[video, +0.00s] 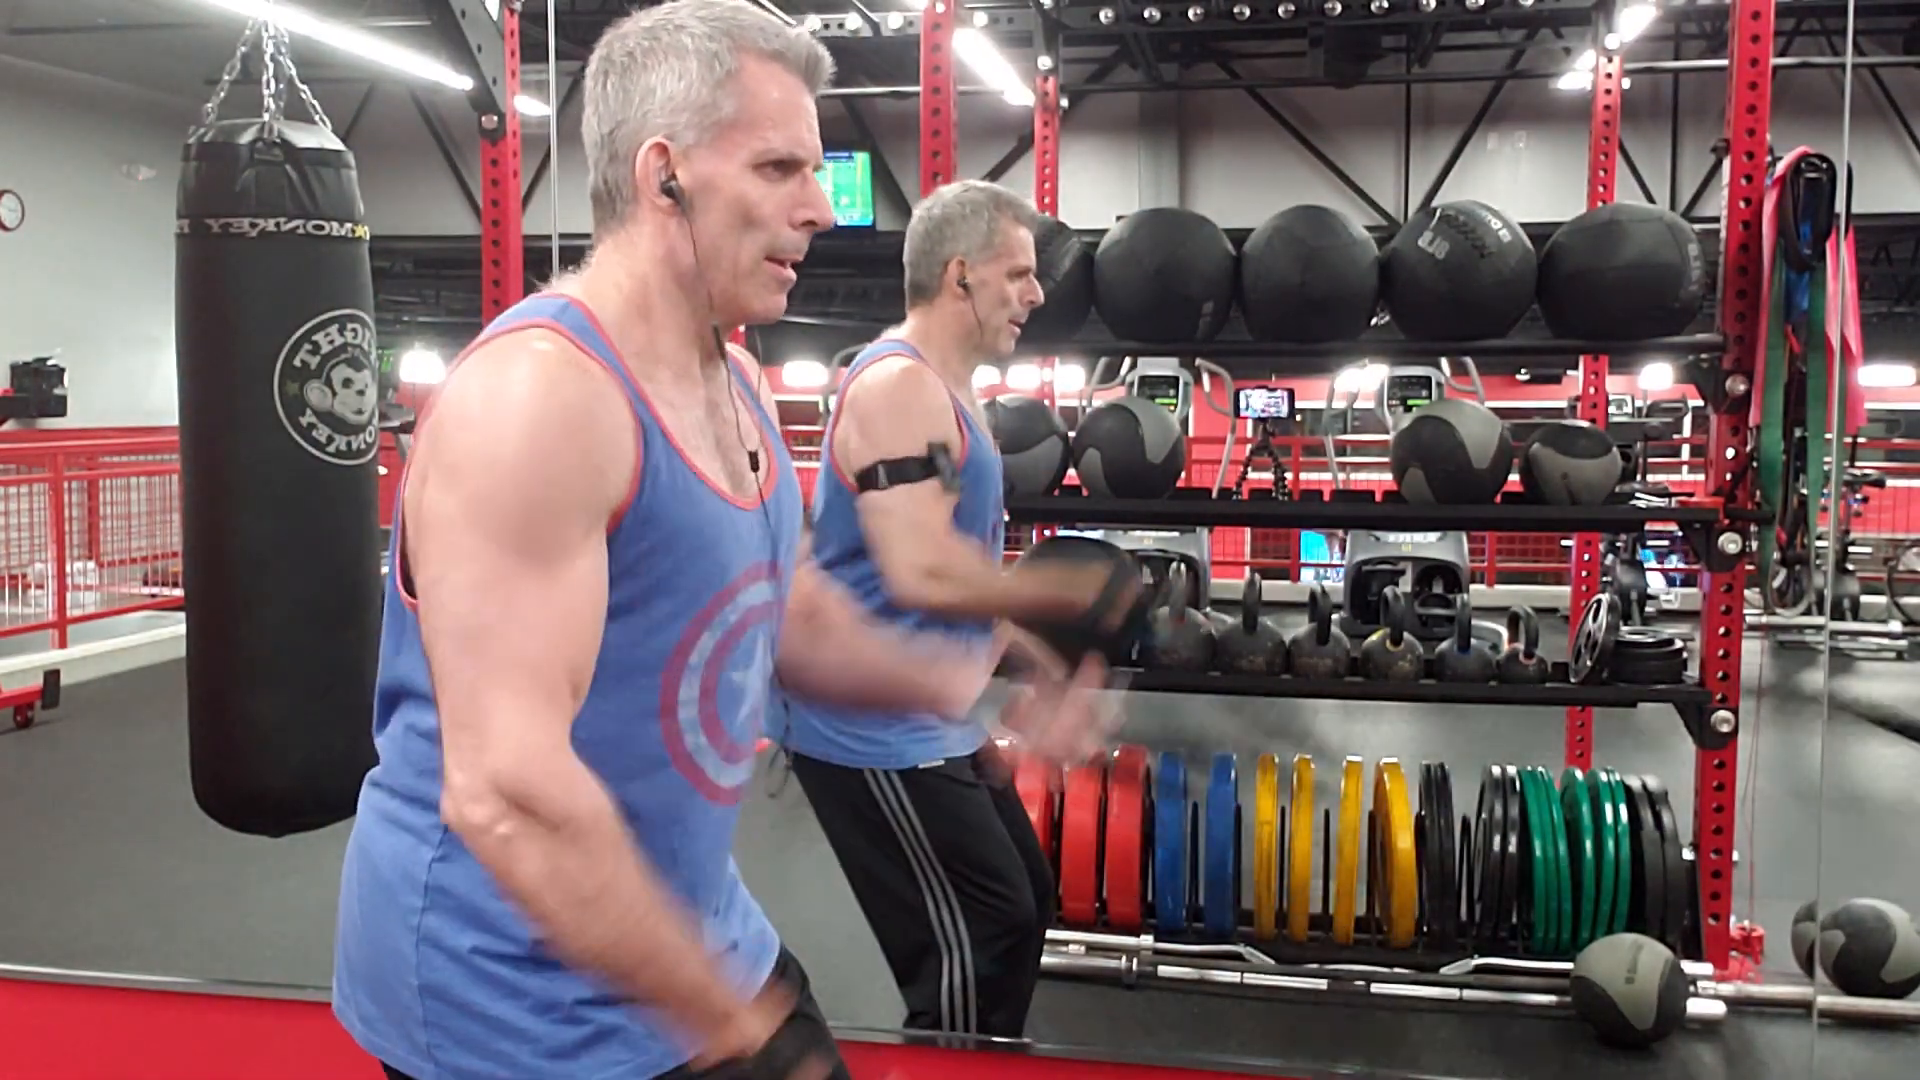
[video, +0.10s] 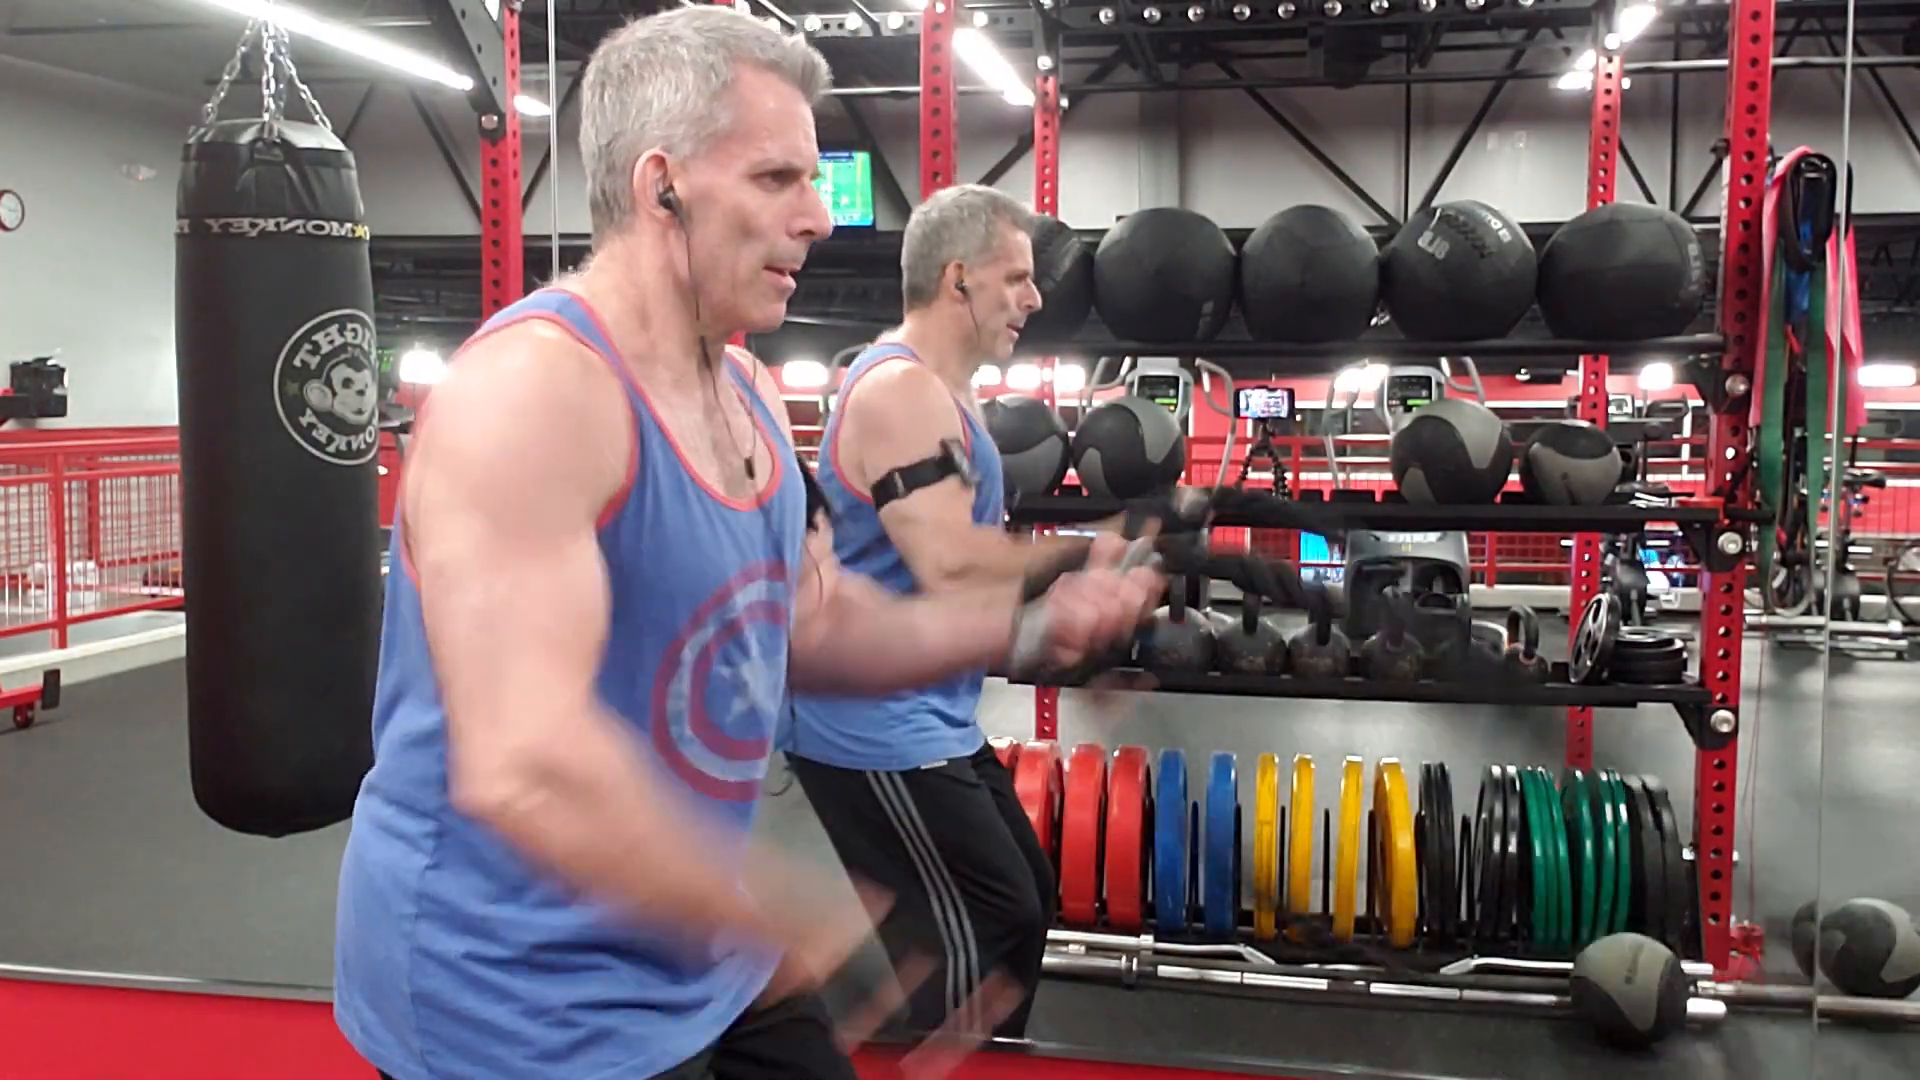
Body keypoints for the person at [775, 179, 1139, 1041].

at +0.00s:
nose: (1034, 297)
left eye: (1035, 277)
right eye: (1019, 275)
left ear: (959, 279)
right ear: (957, 276)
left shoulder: (947, 393)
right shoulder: (898, 386)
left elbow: (946, 577)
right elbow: (916, 570)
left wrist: (1031, 659)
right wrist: (1076, 589)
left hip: (926, 715)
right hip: (866, 725)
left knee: (1022, 907)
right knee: (976, 929)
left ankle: (979, 1061)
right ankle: (952, 1068)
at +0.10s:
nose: (1032, 301)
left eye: (1032, 281)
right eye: (1018, 279)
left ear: (961, 283)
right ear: (955, 280)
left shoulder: (941, 394)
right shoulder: (899, 388)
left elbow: (969, 565)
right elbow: (950, 563)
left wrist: (1076, 574)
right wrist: (1084, 544)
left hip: (930, 716)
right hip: (872, 725)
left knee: (1024, 907)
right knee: (996, 929)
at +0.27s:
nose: (1040, 315)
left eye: (1039, 295)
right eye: (1027, 293)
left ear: (973, 295)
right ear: (970, 292)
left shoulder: (928, 393)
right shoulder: (925, 403)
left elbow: (1015, 538)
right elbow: (932, 601)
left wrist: (1152, 520)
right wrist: (1050, 672)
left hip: (918, 743)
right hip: (906, 752)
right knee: (1003, 946)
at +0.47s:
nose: (1042, 313)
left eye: (1041, 293)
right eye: (1027, 291)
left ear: (969, 295)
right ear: (967, 293)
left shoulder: (944, 395)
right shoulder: (909, 398)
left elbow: (975, 565)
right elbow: (959, 580)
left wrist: (1092, 581)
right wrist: (1107, 560)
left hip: (928, 728)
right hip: (876, 739)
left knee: (1029, 918)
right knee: (1007, 927)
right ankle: (923, 1067)